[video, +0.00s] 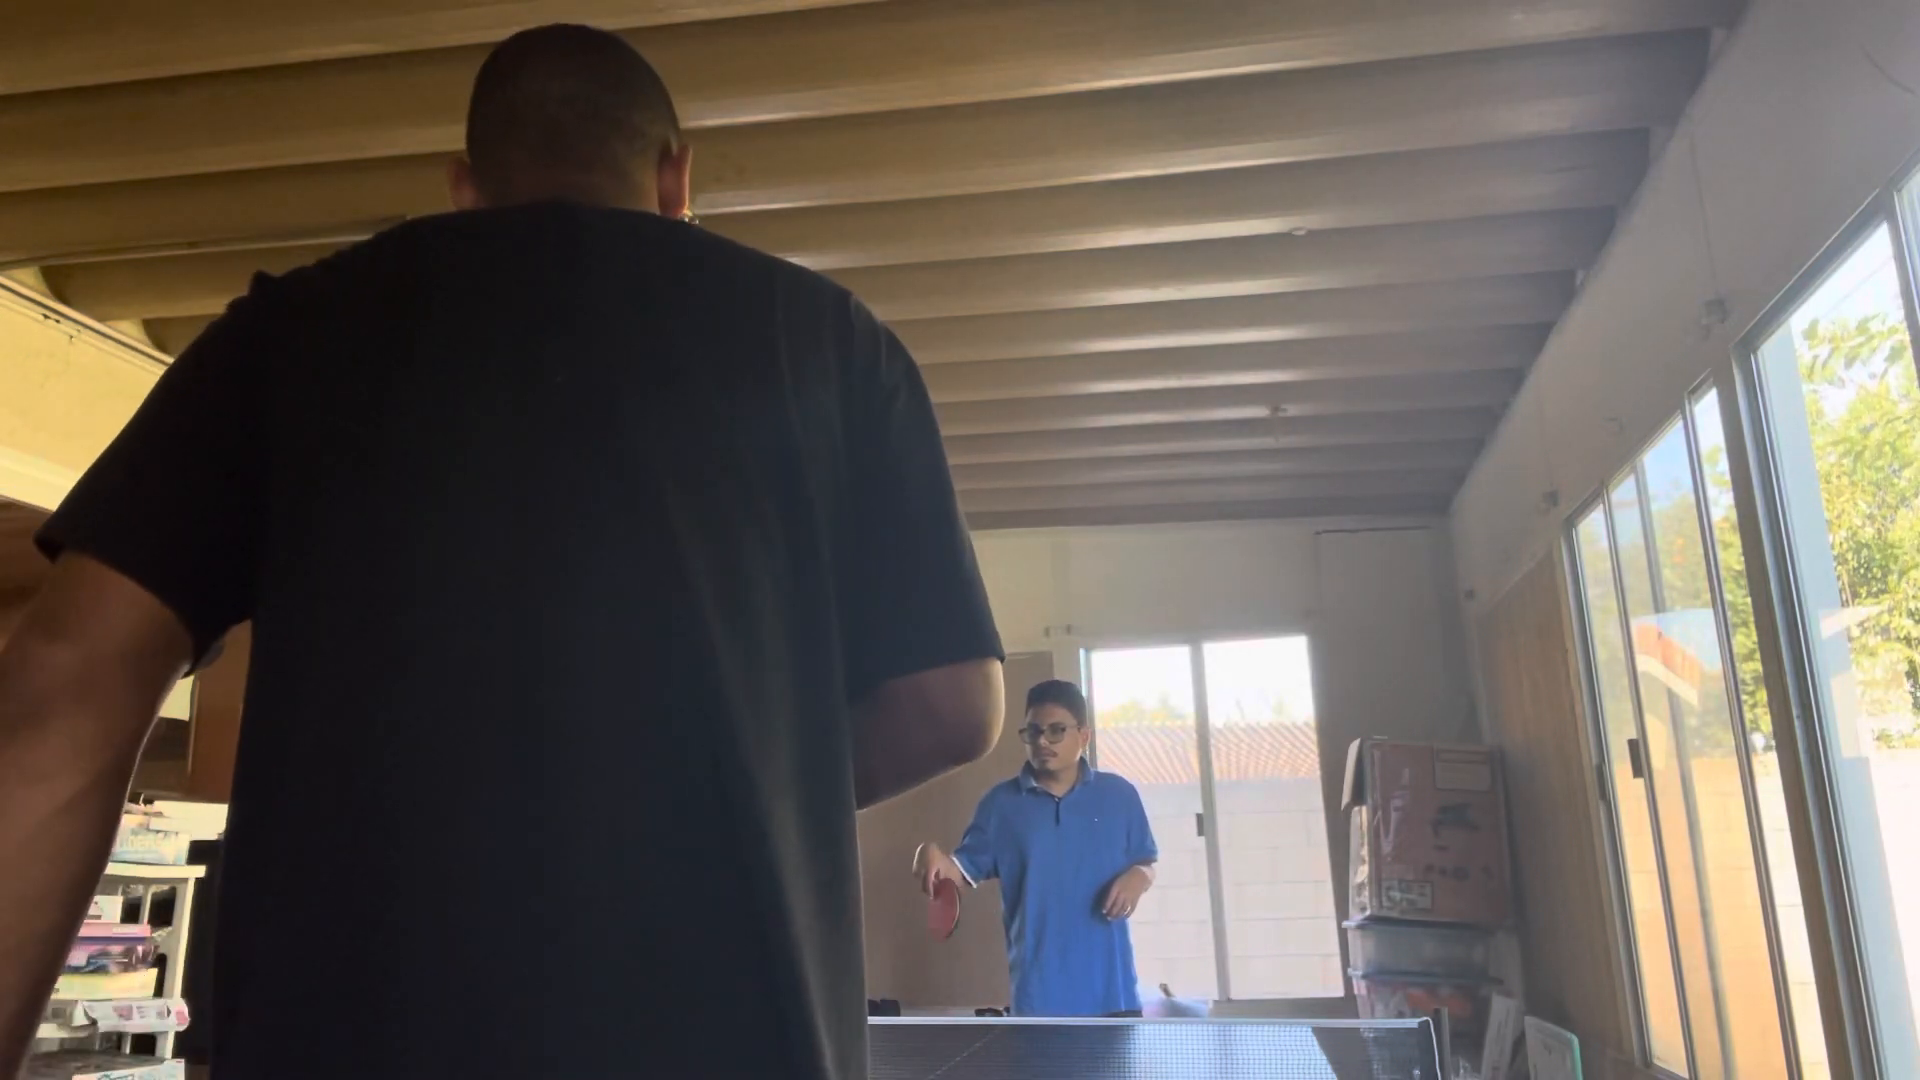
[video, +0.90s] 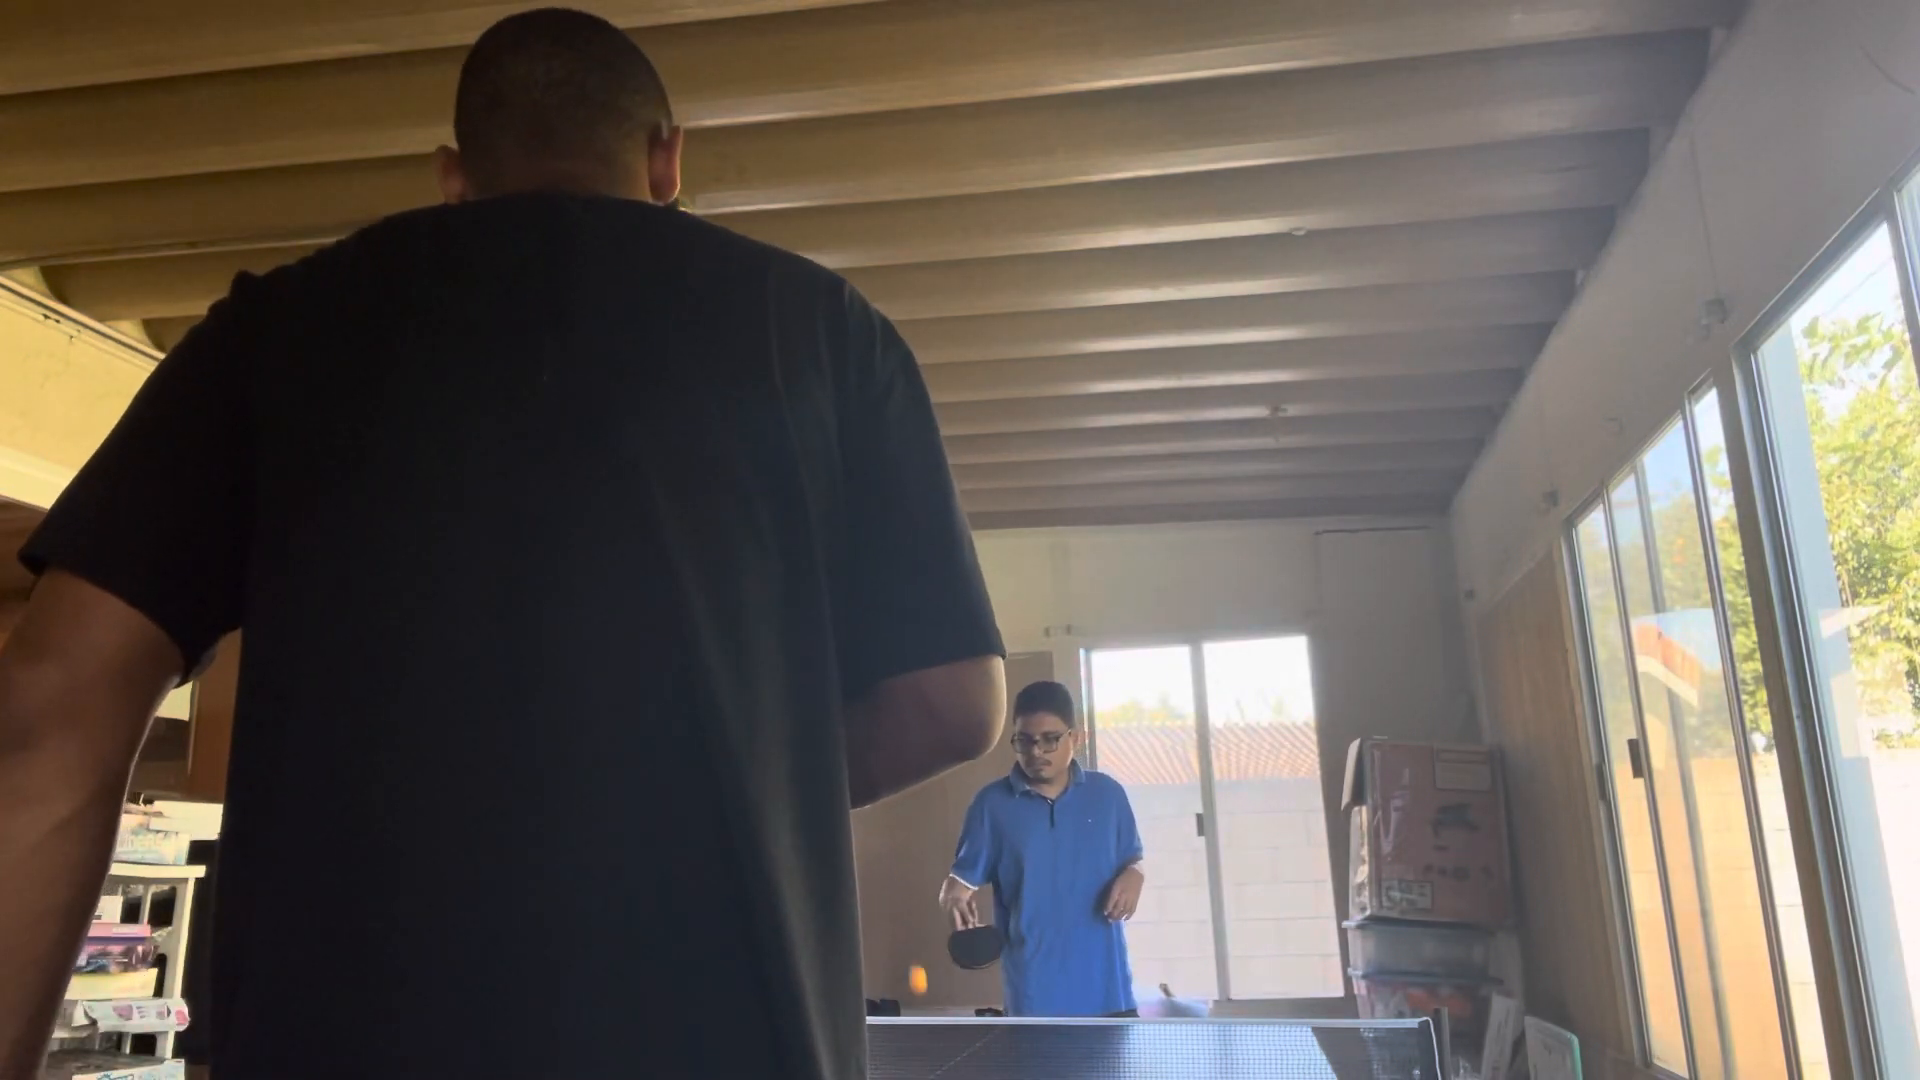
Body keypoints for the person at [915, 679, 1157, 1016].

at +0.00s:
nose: (1043, 742)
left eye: (1056, 731)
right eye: (1034, 732)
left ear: (1084, 736)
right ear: (1024, 736)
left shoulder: (1117, 795)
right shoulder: (1002, 803)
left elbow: (1144, 863)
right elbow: (966, 871)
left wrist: (1137, 878)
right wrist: (932, 852)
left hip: (1109, 988)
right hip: (1037, 992)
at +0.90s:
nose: (1037, 751)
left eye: (1051, 739)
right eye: (1025, 739)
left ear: (1075, 739)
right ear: (1013, 739)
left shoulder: (1107, 794)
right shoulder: (993, 804)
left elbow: (1132, 861)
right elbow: (962, 878)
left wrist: (1134, 876)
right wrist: (956, 896)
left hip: (1106, 988)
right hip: (1033, 995)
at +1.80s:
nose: (1045, 746)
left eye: (1057, 734)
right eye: (1032, 736)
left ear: (1079, 736)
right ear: (1019, 738)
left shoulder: (1102, 801)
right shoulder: (996, 794)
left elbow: (1118, 879)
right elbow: (959, 877)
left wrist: (1137, 878)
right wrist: (986, 868)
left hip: (1100, 994)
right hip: (1023, 997)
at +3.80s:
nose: (1069, 746)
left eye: (1078, 737)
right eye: (1058, 736)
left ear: (1091, 742)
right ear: (1029, 736)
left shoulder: (1110, 800)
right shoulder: (1011, 796)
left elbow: (1124, 875)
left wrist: (1145, 878)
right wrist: (1036, 859)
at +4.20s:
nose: (1084, 755)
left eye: (1091, 744)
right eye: (1071, 744)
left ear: (1098, 746)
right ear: (1042, 746)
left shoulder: (1108, 801)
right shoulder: (1019, 799)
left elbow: (1114, 884)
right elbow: (985, 876)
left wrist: (1168, 878)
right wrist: (1071, 853)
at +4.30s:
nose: (1084, 746)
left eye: (1091, 736)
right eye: (1070, 736)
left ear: (1100, 739)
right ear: (1038, 737)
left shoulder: (1105, 801)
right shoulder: (1013, 800)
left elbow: (1118, 882)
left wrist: (1169, 876)